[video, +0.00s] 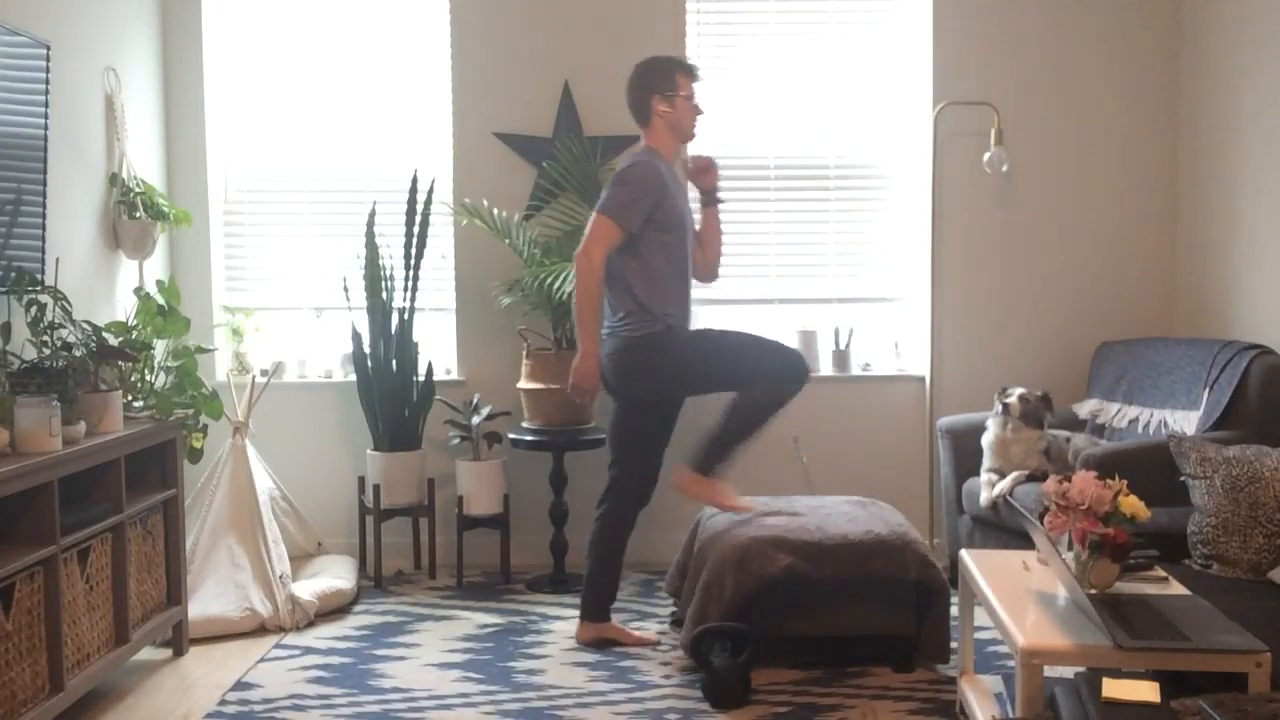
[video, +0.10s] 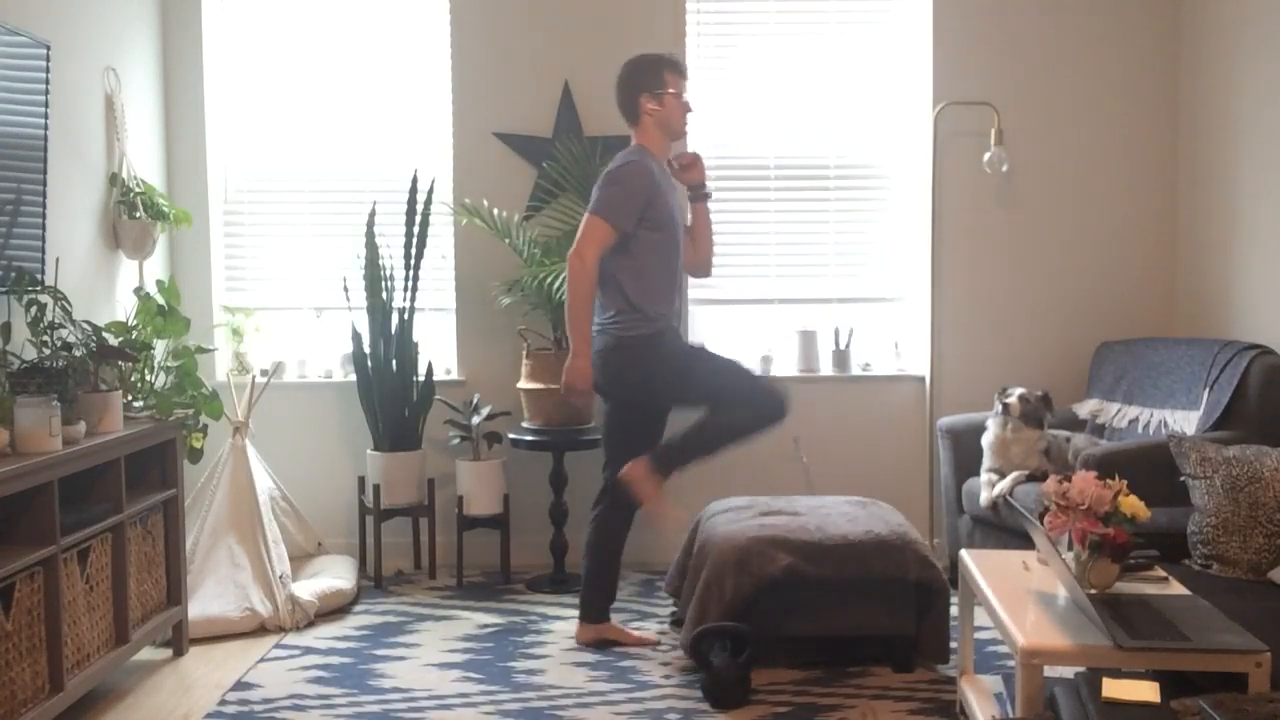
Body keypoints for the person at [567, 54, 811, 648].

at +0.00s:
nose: (698, 108)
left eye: (696, 97)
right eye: (689, 98)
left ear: (667, 107)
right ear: (659, 106)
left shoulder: (669, 176)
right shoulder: (643, 170)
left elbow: (705, 267)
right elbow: (589, 256)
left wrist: (709, 194)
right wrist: (586, 352)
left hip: (646, 350)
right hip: (650, 349)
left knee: (627, 489)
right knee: (786, 368)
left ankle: (594, 620)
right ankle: (702, 472)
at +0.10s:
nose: (688, 104)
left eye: (686, 95)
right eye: (679, 95)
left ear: (657, 106)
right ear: (648, 105)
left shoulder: (661, 175)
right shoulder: (634, 169)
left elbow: (699, 262)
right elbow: (582, 256)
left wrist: (698, 190)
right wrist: (579, 350)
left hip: (641, 347)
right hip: (640, 346)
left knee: (623, 486)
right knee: (762, 403)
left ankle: (594, 620)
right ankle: (653, 468)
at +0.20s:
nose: (680, 102)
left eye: (678, 94)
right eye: (671, 93)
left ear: (645, 105)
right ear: (641, 103)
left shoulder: (649, 178)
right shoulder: (625, 173)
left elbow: (674, 276)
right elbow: (585, 267)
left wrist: (699, 205)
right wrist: (592, 362)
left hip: (634, 350)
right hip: (633, 351)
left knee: (617, 485)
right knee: (724, 456)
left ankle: (594, 621)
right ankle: (623, 539)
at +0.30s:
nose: (675, 102)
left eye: (672, 93)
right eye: (666, 93)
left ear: (636, 104)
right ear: (636, 103)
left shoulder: (632, 174)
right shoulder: (624, 176)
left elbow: (653, 276)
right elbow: (609, 279)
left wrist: (708, 247)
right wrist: (632, 366)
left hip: (623, 347)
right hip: (628, 350)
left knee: (617, 492)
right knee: (655, 499)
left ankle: (595, 616)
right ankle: (589, 620)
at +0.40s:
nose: (673, 99)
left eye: (669, 89)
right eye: (662, 90)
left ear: (633, 103)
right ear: (632, 101)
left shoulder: (619, 173)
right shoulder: (623, 175)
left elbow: (625, 282)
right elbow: (633, 280)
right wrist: (691, 352)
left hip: (632, 356)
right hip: (615, 356)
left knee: (653, 489)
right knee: (620, 493)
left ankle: (601, 613)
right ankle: (572, 639)